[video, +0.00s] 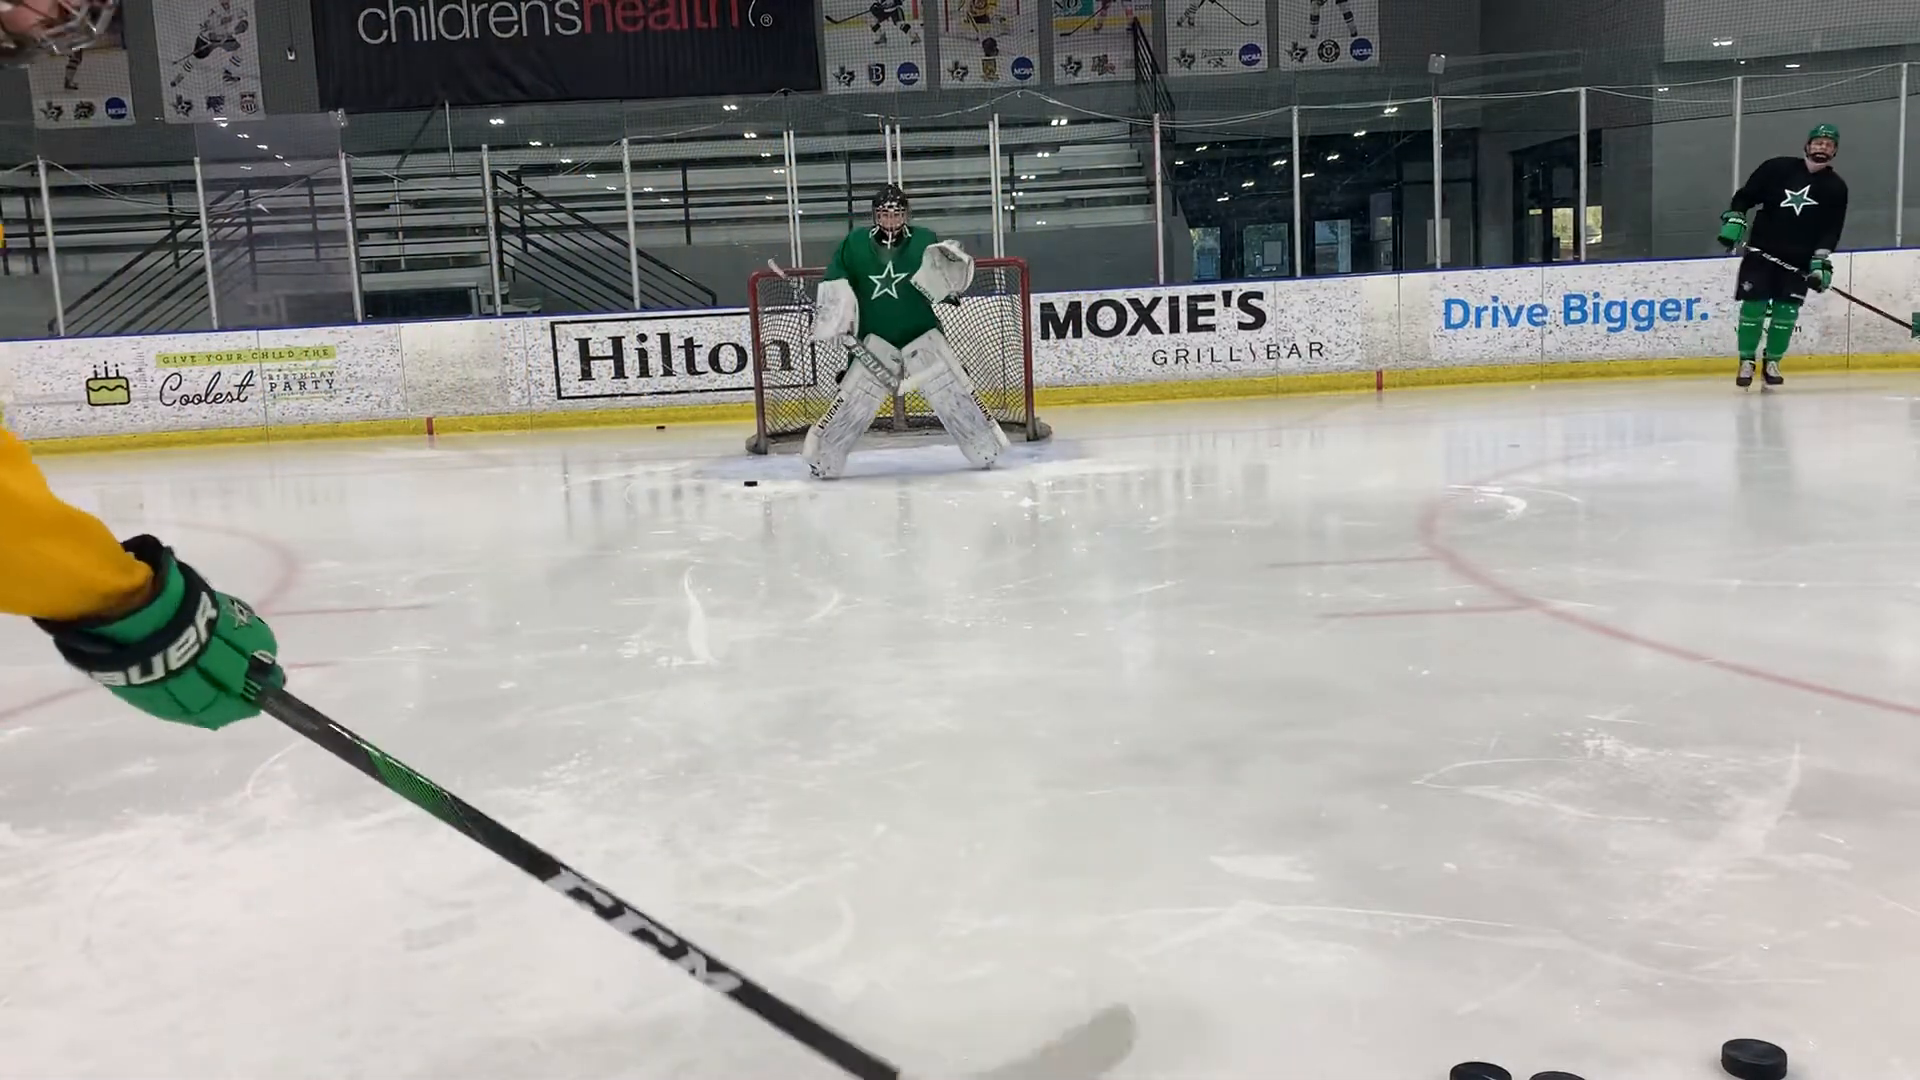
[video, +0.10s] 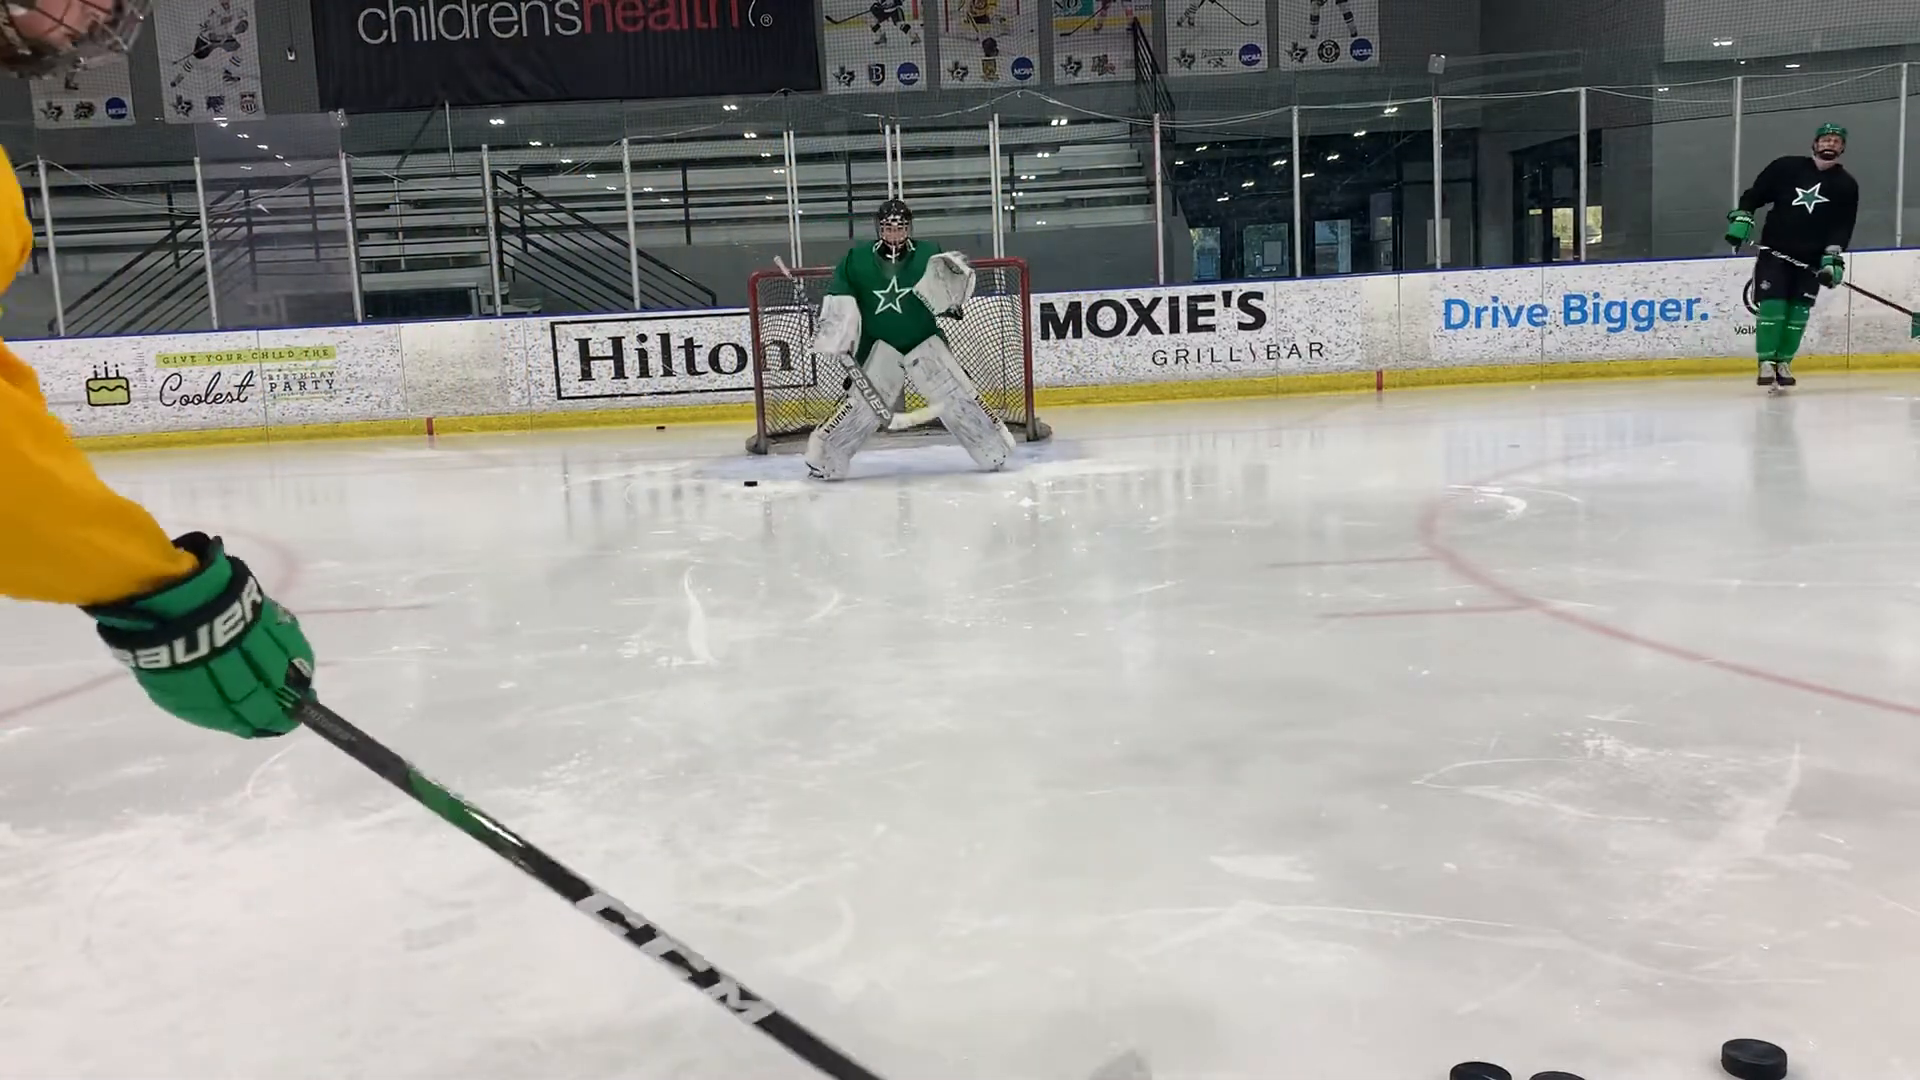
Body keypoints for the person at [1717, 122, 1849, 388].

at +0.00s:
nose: (1822, 149)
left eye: (1828, 145)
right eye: (1818, 143)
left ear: (1834, 151)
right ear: (1807, 145)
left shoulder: (1836, 188)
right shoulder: (1777, 168)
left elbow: (1831, 229)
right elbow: (1746, 196)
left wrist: (1821, 260)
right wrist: (1734, 219)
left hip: (1799, 259)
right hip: (1762, 251)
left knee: (1787, 312)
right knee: (1753, 306)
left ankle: (1772, 362)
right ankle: (1746, 361)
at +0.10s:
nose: (1829, 146)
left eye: (1836, 142)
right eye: (1825, 140)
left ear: (1842, 148)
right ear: (1815, 143)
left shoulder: (1846, 185)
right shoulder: (1787, 167)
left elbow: (1843, 226)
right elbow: (1755, 195)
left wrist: (1832, 257)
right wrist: (1742, 218)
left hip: (1811, 258)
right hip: (1776, 250)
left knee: (1799, 313)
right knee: (1773, 307)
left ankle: (1783, 363)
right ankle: (1766, 363)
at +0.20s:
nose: (1839, 142)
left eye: (1845, 138)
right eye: (1835, 137)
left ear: (1853, 145)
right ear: (1824, 142)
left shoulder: (1858, 182)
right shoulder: (1798, 167)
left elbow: (1857, 221)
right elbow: (1765, 195)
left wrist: (1849, 249)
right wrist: (1752, 221)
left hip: (1828, 256)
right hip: (1792, 250)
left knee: (1815, 312)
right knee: (1793, 305)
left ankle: (1797, 366)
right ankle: (1789, 362)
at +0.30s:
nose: (1852, 139)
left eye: (1857, 135)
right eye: (1847, 134)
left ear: (1864, 141)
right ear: (1836, 139)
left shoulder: (1872, 178)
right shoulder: (1810, 166)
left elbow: (1873, 215)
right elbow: (1779, 198)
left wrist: (1867, 241)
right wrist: (1766, 228)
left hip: (1844, 253)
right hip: (1809, 249)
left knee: (1831, 309)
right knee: (1814, 303)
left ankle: (1807, 363)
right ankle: (1815, 358)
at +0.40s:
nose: (1865, 135)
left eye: (1870, 131)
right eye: (1859, 131)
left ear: (1877, 137)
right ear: (1848, 136)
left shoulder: (1886, 174)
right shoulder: (1822, 165)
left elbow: (1891, 209)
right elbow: (1797, 201)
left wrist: (1889, 232)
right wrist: (1785, 234)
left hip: (1863, 249)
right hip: (1826, 247)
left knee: (1847, 307)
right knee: (1838, 301)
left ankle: (1824, 364)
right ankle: (1845, 355)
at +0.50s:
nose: (1878, 132)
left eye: (1883, 128)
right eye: (1872, 129)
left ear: (1891, 133)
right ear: (1862, 134)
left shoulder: (1904, 170)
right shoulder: (1839, 164)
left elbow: (1910, 205)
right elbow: (1815, 203)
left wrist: (1911, 226)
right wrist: (1806, 235)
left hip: (1883, 246)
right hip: (1847, 246)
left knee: (1863, 307)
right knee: (1860, 302)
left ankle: (1840, 365)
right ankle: (1870, 362)